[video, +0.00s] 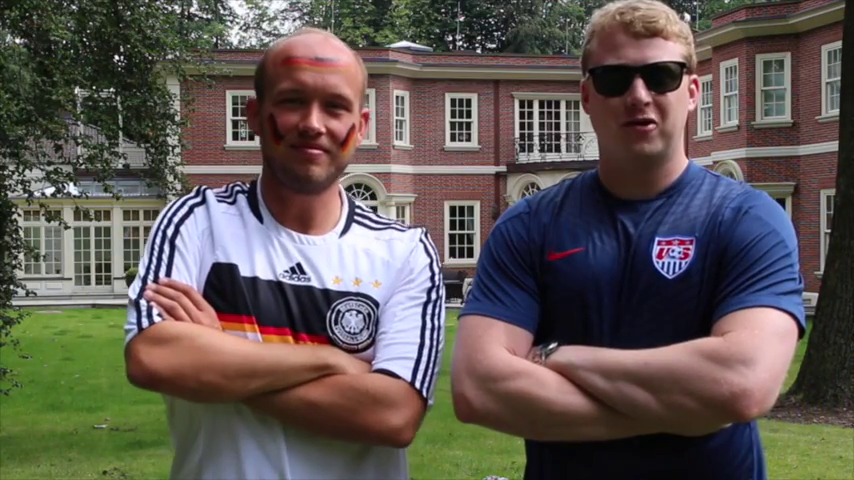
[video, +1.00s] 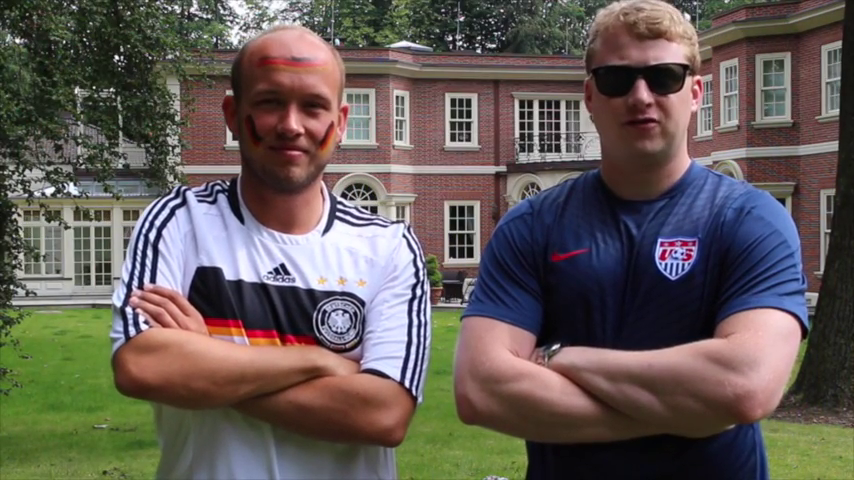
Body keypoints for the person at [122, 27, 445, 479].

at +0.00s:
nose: (313, 124)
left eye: (335, 107)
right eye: (293, 102)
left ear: (360, 126)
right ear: (256, 116)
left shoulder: (405, 252)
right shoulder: (195, 219)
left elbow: (396, 418)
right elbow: (149, 359)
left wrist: (222, 358)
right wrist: (332, 361)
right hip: (216, 474)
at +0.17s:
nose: (304, 122)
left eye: (327, 104)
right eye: (283, 100)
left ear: (351, 125)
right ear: (247, 116)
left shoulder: (399, 250)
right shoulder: (187, 219)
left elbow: (391, 417)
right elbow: (142, 360)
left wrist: (216, 360)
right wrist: (327, 360)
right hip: (211, 474)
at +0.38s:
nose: (297, 121)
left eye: (318, 103)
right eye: (275, 100)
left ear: (343, 122)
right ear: (238, 115)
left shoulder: (394, 248)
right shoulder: (181, 219)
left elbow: (387, 418)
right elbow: (138, 364)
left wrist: (211, 363)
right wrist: (322, 361)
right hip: (207, 473)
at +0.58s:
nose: (293, 123)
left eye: (315, 103)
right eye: (271, 101)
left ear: (341, 121)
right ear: (235, 115)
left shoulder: (392, 247)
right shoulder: (178, 219)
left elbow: (386, 418)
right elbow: (137, 366)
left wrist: (210, 367)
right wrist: (321, 361)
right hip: (205, 474)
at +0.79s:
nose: (292, 126)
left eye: (314, 106)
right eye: (270, 103)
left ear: (340, 121)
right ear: (233, 115)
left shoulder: (391, 247)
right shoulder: (176, 220)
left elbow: (386, 418)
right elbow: (137, 367)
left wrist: (210, 367)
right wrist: (322, 361)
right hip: (204, 474)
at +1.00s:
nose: (291, 126)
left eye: (313, 107)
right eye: (270, 103)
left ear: (339, 122)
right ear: (233, 114)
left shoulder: (390, 247)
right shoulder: (175, 220)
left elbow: (386, 418)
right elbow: (137, 367)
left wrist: (209, 366)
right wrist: (321, 361)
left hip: (345, 476)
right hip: (203, 475)